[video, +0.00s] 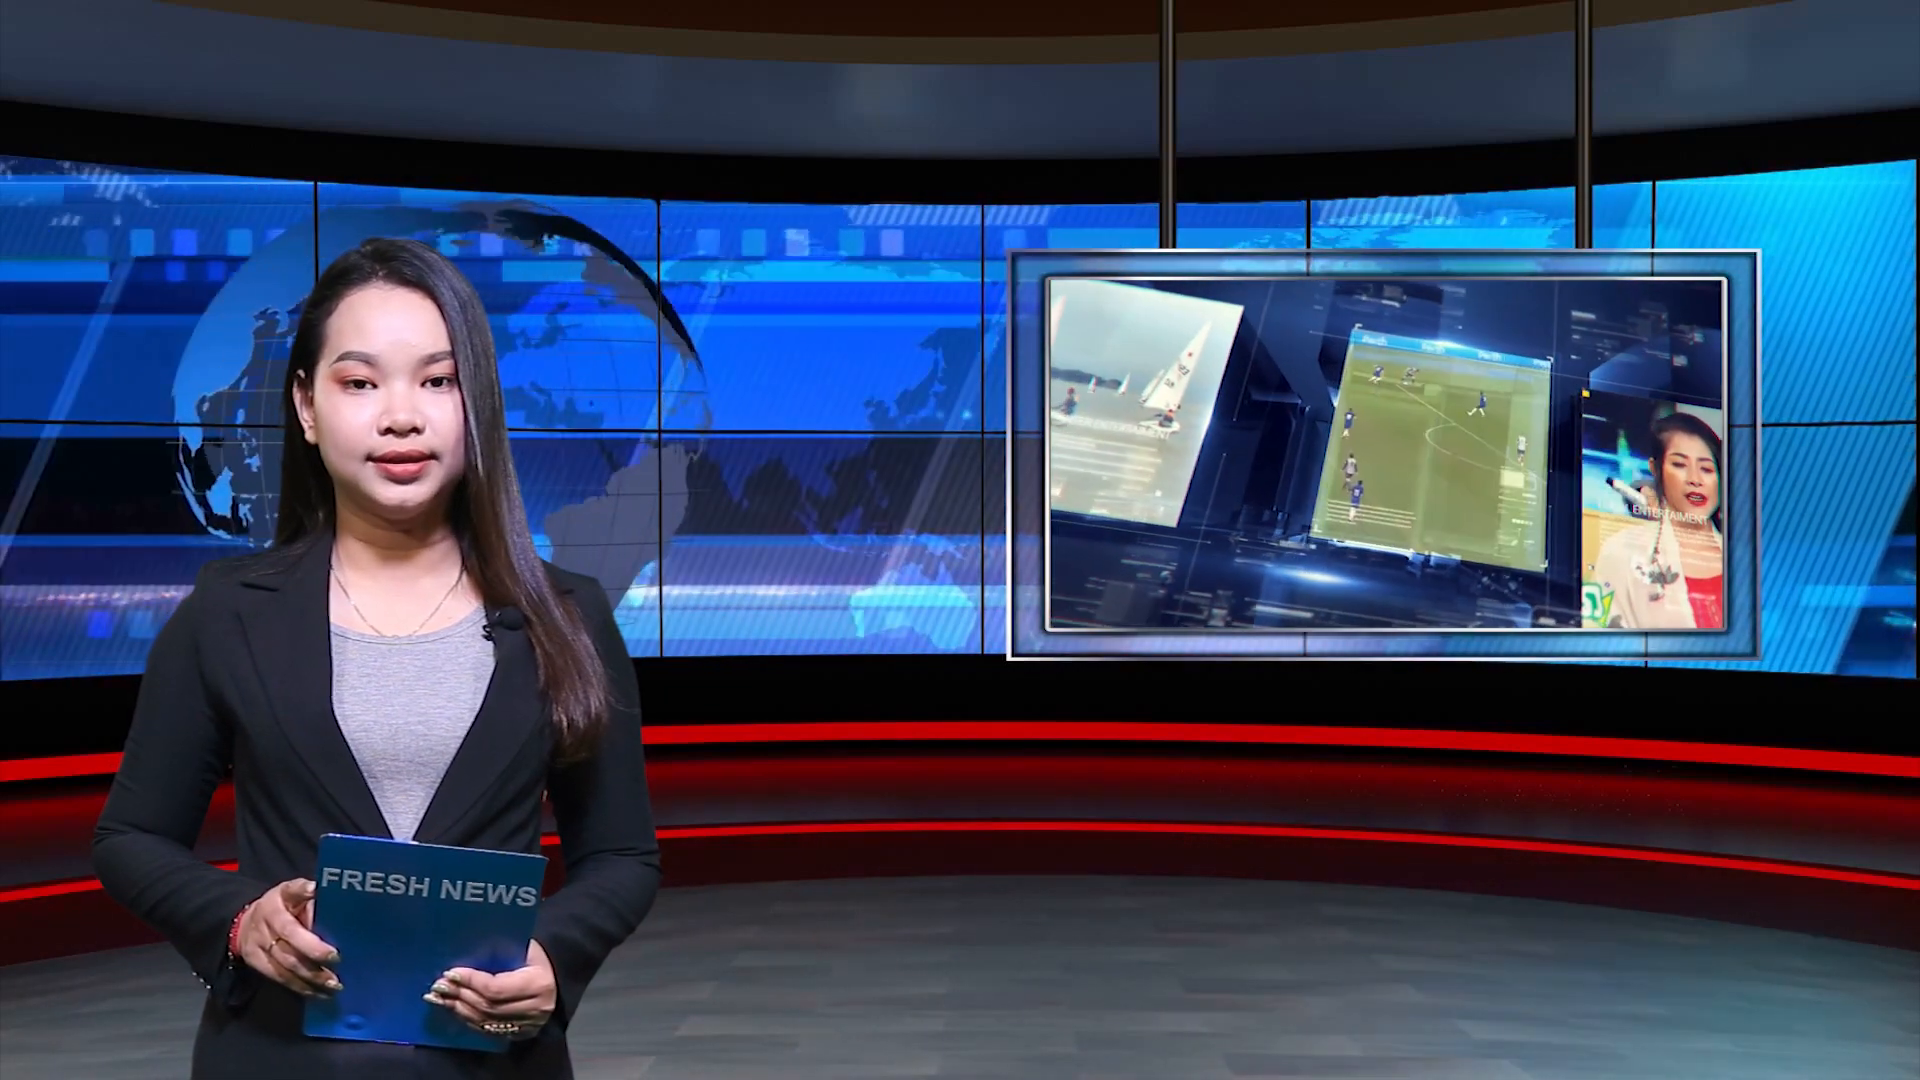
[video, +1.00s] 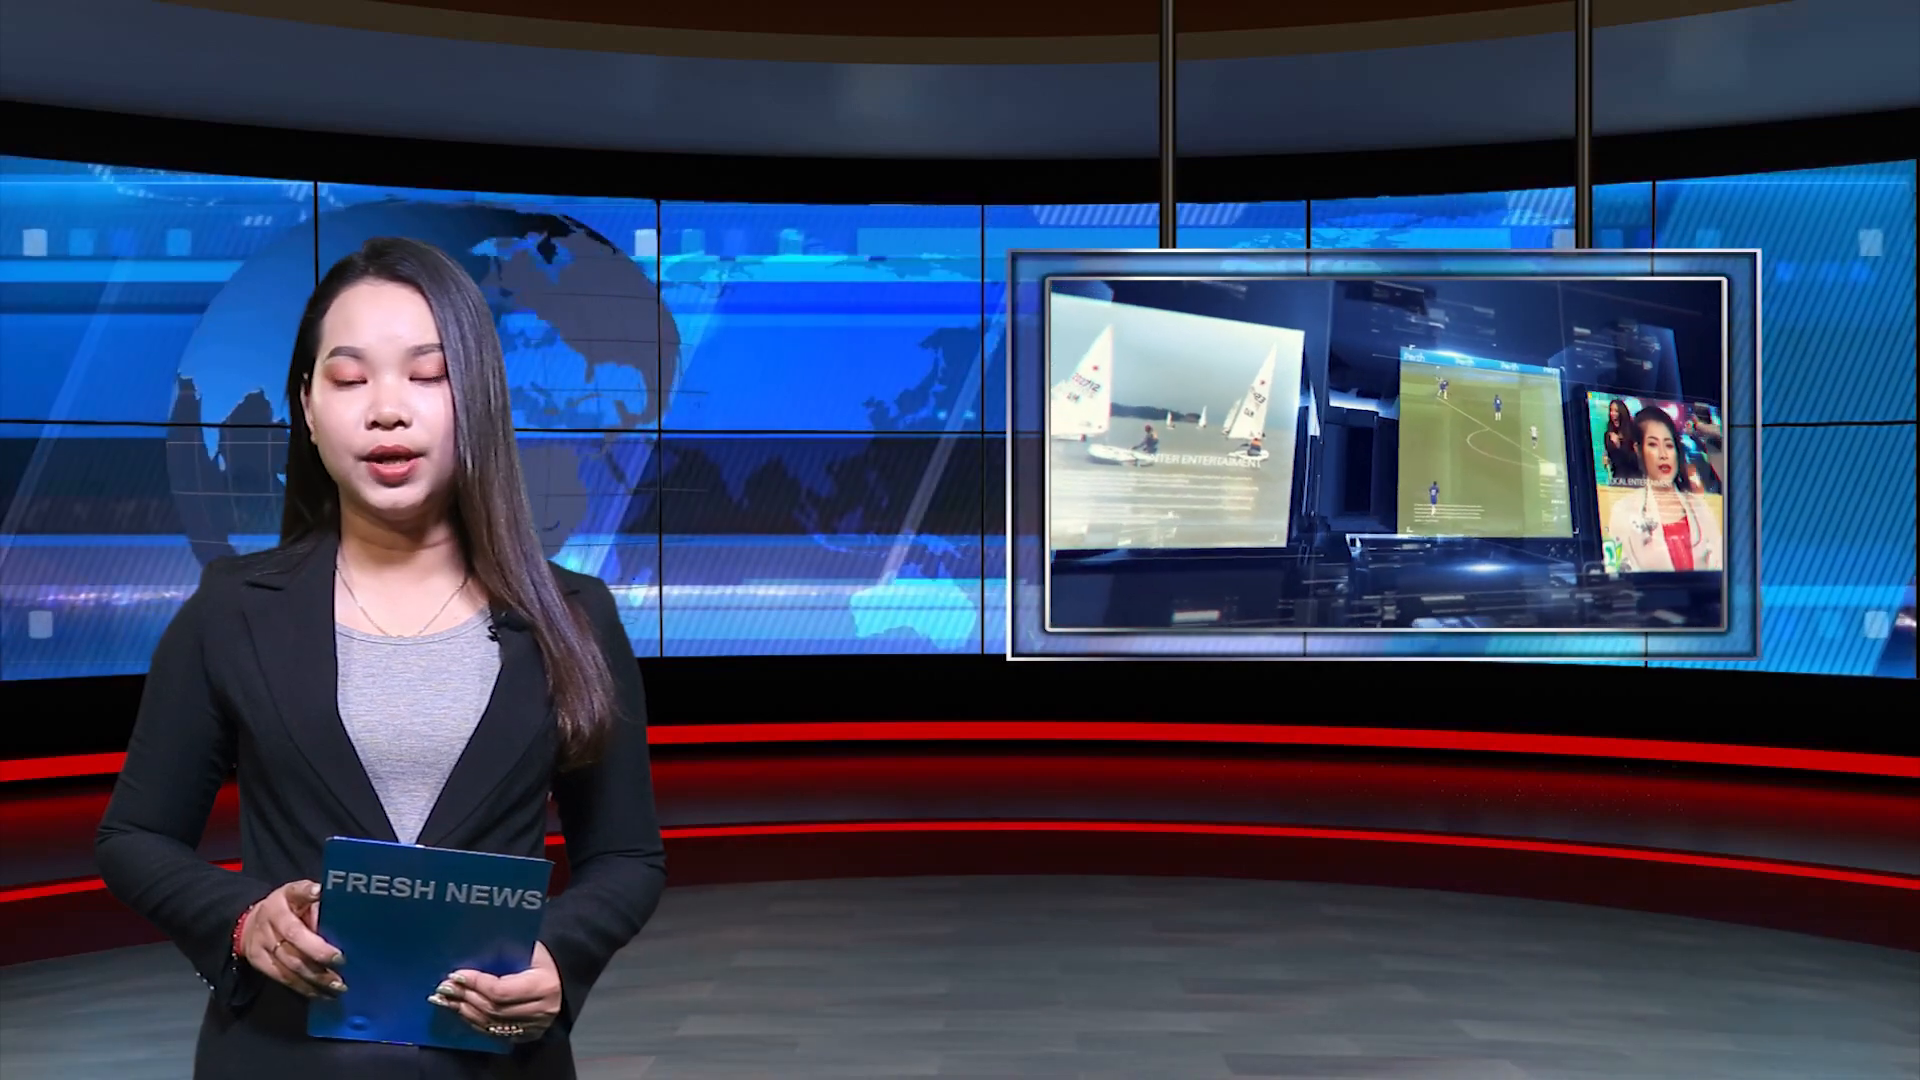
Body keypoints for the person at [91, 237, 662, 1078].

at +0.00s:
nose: (402, 416)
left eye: (436, 379)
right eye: (359, 380)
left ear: (475, 404)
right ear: (307, 409)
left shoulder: (562, 616)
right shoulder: (230, 613)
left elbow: (620, 857)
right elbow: (131, 839)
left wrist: (549, 960)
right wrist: (235, 915)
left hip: (493, 1051)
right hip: (280, 1054)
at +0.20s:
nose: (406, 415)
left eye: (440, 377)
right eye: (364, 378)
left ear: (478, 404)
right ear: (310, 407)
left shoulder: (563, 615)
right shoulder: (232, 611)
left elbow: (621, 856)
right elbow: (131, 839)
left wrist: (553, 960)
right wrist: (237, 916)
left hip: (497, 1052)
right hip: (282, 1053)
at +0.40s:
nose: (409, 414)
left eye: (443, 377)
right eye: (366, 377)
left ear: (481, 405)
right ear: (311, 407)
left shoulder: (564, 613)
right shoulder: (234, 610)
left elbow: (622, 855)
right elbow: (132, 838)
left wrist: (555, 960)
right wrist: (238, 916)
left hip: (497, 1051)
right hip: (282, 1053)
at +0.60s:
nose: (403, 406)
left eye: (438, 372)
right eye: (363, 374)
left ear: (481, 402)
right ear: (313, 409)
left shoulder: (566, 614)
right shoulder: (235, 610)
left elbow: (624, 856)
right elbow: (133, 837)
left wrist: (555, 959)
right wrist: (239, 916)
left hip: (498, 1051)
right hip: (284, 1052)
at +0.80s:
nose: (388, 405)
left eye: (426, 370)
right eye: (349, 374)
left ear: (477, 395)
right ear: (310, 408)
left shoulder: (568, 615)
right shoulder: (236, 609)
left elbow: (625, 857)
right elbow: (134, 837)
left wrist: (556, 961)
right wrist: (239, 915)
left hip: (497, 1051)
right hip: (283, 1053)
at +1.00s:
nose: (388, 409)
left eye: (425, 373)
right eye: (348, 377)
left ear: (476, 397)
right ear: (308, 408)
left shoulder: (568, 617)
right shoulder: (234, 614)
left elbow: (625, 857)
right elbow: (134, 838)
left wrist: (555, 960)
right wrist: (239, 916)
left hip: (497, 1052)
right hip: (282, 1053)